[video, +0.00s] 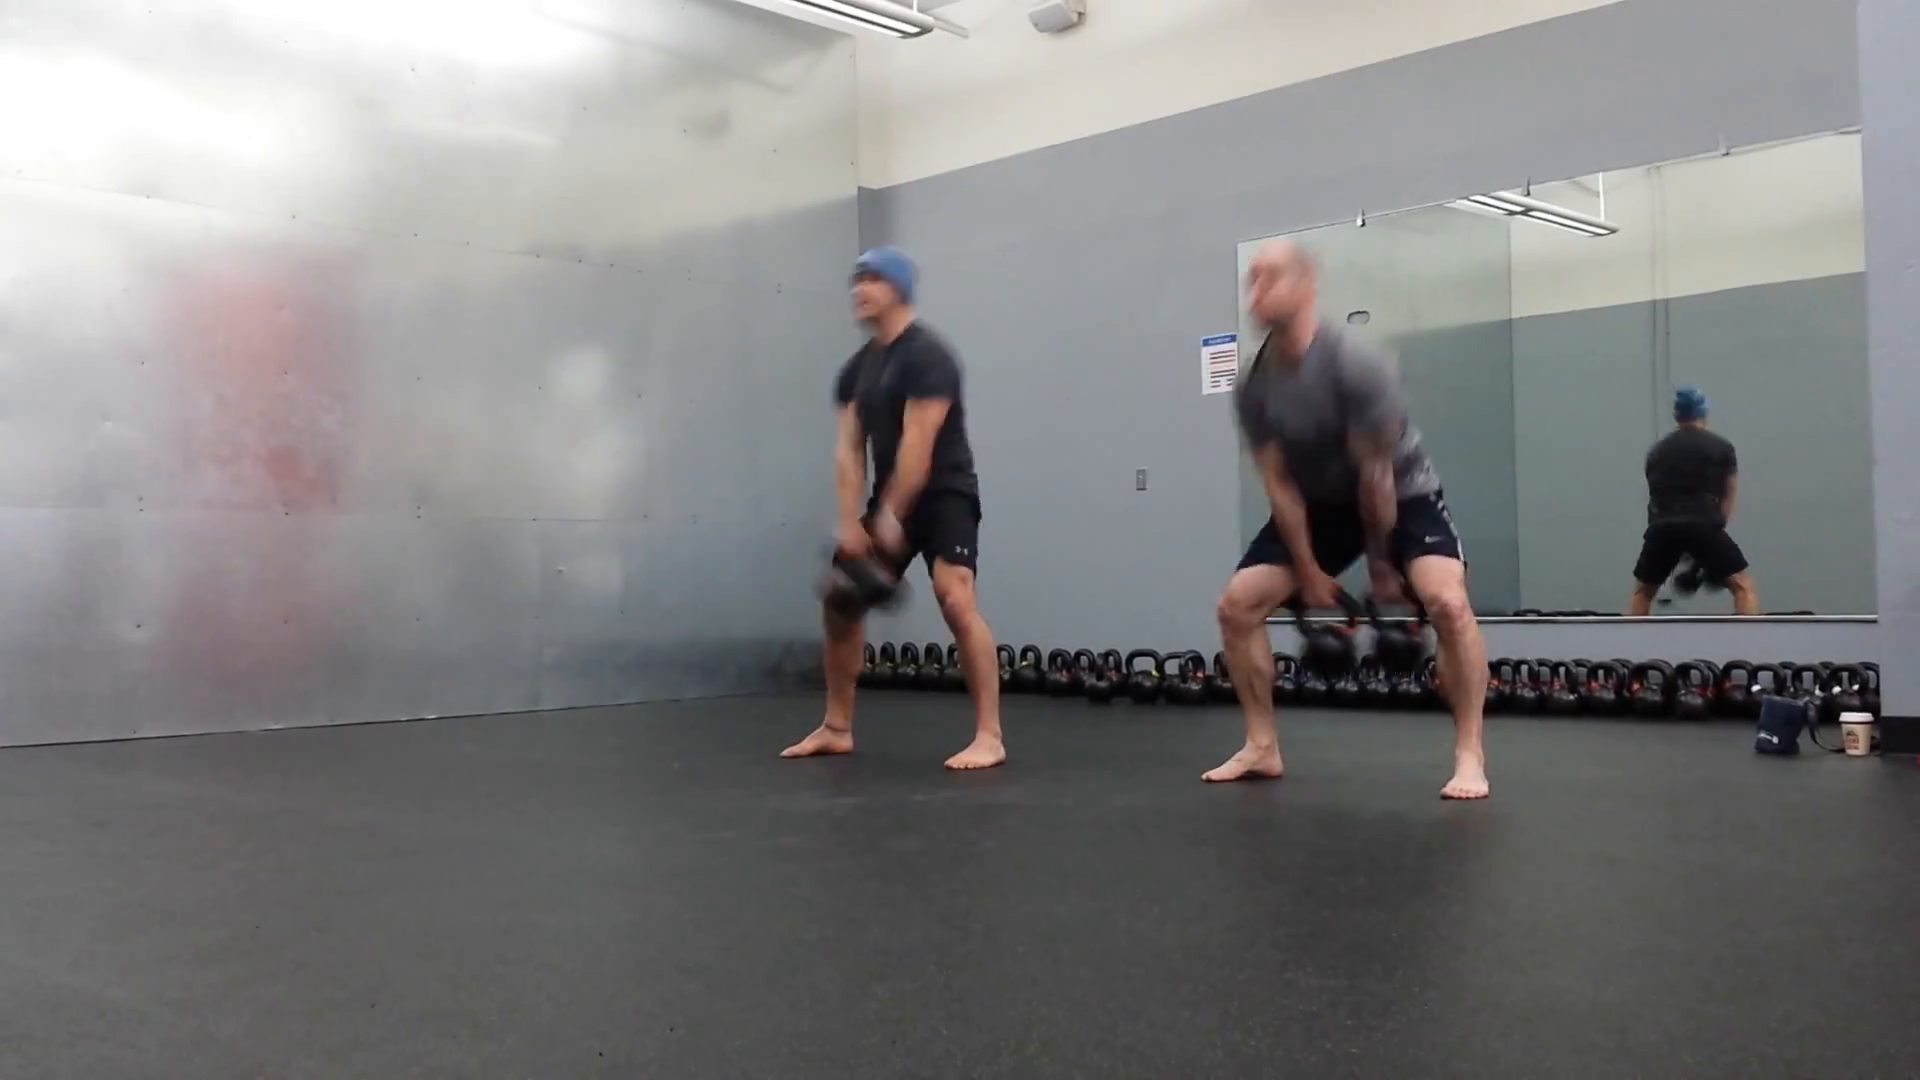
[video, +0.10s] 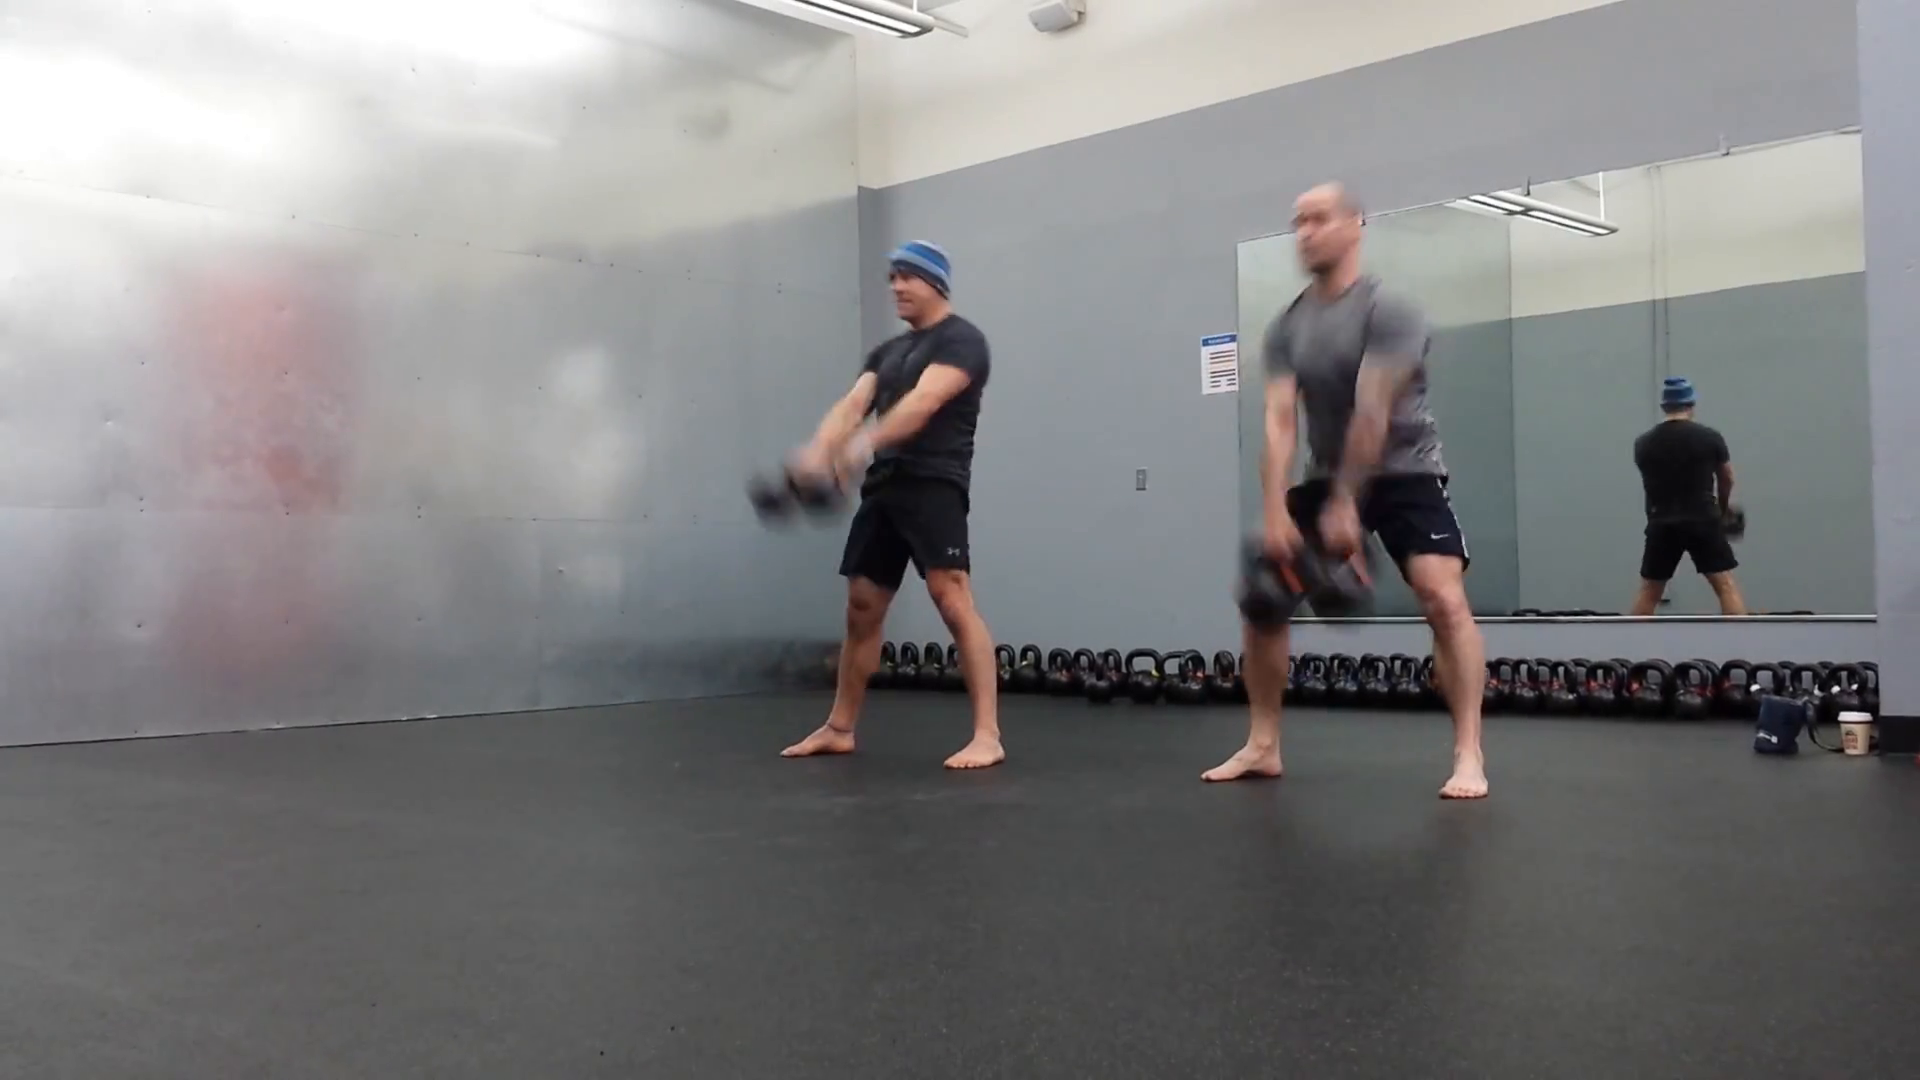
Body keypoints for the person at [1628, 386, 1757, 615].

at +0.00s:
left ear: (1676, 416)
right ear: (1704, 414)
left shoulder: (1657, 451)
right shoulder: (1721, 448)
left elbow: (1658, 498)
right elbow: (1728, 500)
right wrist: (1711, 531)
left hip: (1663, 529)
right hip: (1705, 528)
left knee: (1643, 593)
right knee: (1742, 587)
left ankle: (1633, 646)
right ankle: (1749, 646)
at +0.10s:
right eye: (1692, 404)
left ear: (1664, 407)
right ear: (1691, 405)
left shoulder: (1643, 443)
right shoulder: (1709, 438)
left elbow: (1652, 485)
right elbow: (1726, 479)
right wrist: (1722, 510)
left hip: (1662, 526)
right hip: (1702, 524)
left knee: (1648, 594)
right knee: (1725, 588)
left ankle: (1630, 647)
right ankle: (1742, 647)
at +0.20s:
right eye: (1681, 406)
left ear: (1656, 410)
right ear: (1683, 408)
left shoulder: (1638, 447)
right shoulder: (1702, 441)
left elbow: (1655, 475)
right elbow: (1728, 471)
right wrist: (1739, 474)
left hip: (1658, 530)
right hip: (1699, 528)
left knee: (1645, 594)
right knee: (1722, 588)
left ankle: (1626, 646)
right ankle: (1741, 646)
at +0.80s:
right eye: (1688, 408)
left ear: (1660, 409)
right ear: (1688, 409)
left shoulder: (1639, 444)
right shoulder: (1706, 439)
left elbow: (1652, 485)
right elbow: (1725, 476)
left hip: (1655, 529)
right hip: (1696, 528)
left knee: (1643, 593)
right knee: (1725, 588)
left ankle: (1630, 648)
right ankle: (1743, 648)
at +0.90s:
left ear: (1671, 417)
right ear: (1698, 418)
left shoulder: (1648, 446)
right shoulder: (1713, 444)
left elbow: (1649, 493)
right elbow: (1725, 495)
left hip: (1655, 527)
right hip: (1696, 527)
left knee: (1638, 594)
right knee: (1731, 589)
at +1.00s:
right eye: (1712, 443)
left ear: (1687, 440)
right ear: (1713, 443)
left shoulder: (1662, 465)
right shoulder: (1723, 465)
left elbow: (1658, 520)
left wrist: (1670, 574)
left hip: (1656, 532)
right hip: (1698, 533)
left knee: (1633, 594)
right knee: (1746, 587)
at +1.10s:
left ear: (1698, 476)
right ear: (1724, 479)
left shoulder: (1671, 492)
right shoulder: (1731, 496)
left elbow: (1660, 534)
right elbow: (1728, 539)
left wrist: (1656, 578)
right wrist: (1702, 575)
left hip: (1657, 541)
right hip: (1701, 542)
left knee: (1628, 593)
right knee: (1757, 588)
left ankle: (1628, 648)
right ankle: (1751, 645)